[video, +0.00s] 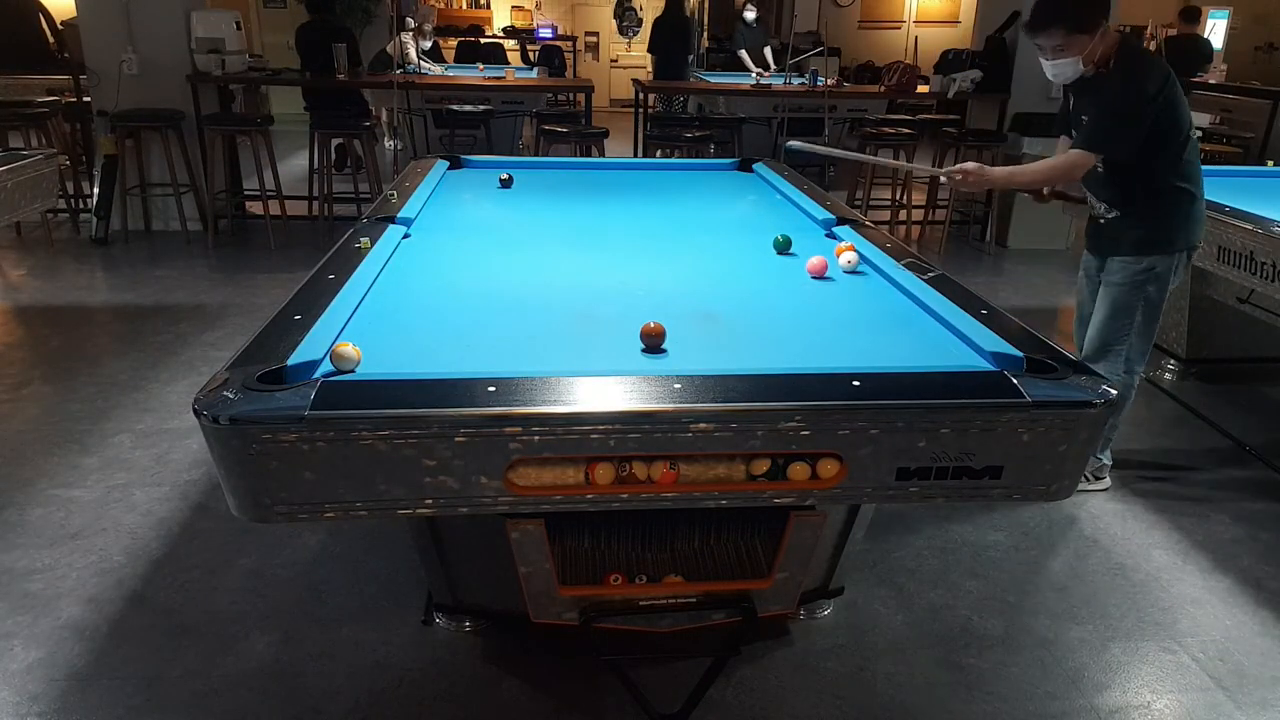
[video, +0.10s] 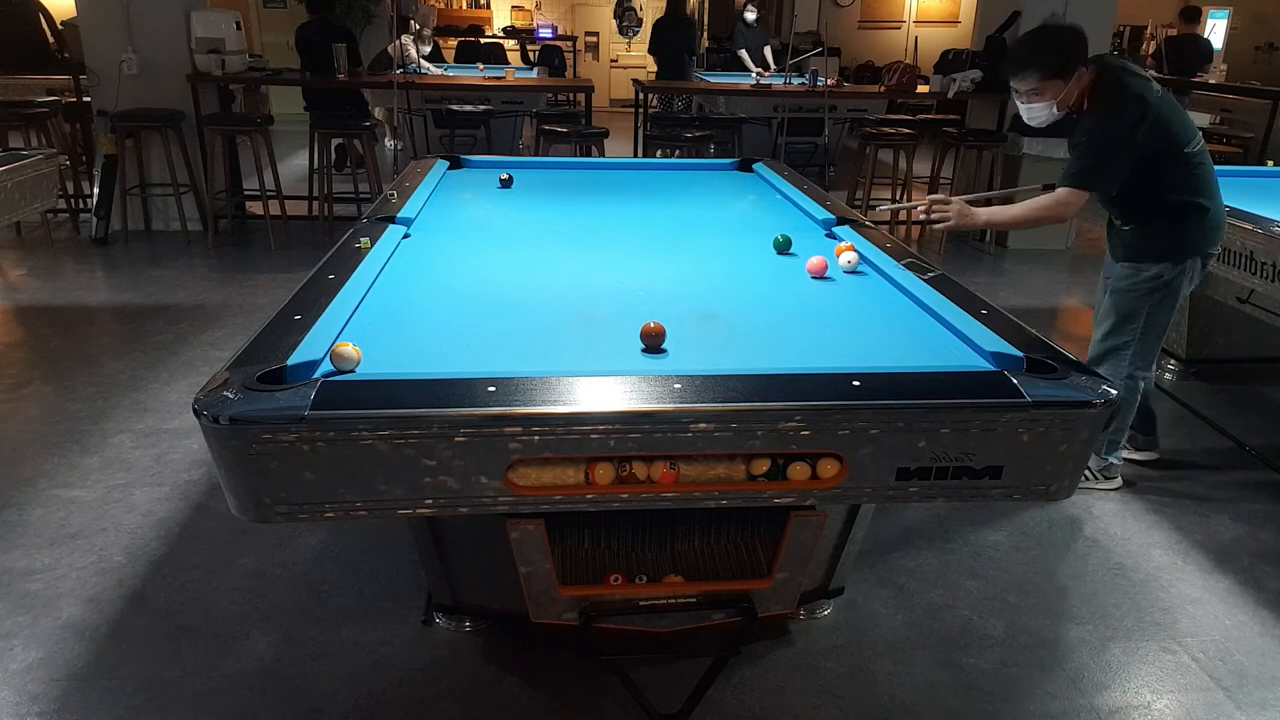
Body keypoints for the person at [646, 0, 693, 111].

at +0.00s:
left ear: (666, 4)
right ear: (682, 5)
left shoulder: (658, 21)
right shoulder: (687, 22)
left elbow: (652, 51)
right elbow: (690, 51)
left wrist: (654, 70)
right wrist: (684, 65)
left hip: (661, 70)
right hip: (681, 71)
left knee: (663, 106)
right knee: (678, 107)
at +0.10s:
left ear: (668, 5)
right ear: (684, 6)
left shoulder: (659, 22)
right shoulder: (689, 23)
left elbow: (652, 50)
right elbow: (693, 51)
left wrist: (660, 67)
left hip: (664, 71)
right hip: (684, 71)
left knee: (665, 106)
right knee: (685, 107)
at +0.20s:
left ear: (680, 5)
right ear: (698, 6)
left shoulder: (670, 22)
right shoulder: (702, 25)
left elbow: (664, 49)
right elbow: (704, 53)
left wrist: (673, 59)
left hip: (670, 70)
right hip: (691, 72)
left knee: (668, 106)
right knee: (688, 107)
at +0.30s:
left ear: (688, 6)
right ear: (705, 7)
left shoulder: (678, 21)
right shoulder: (708, 26)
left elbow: (667, 48)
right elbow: (716, 58)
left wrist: (670, 68)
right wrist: (702, 64)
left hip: (676, 74)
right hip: (696, 76)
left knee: (673, 111)